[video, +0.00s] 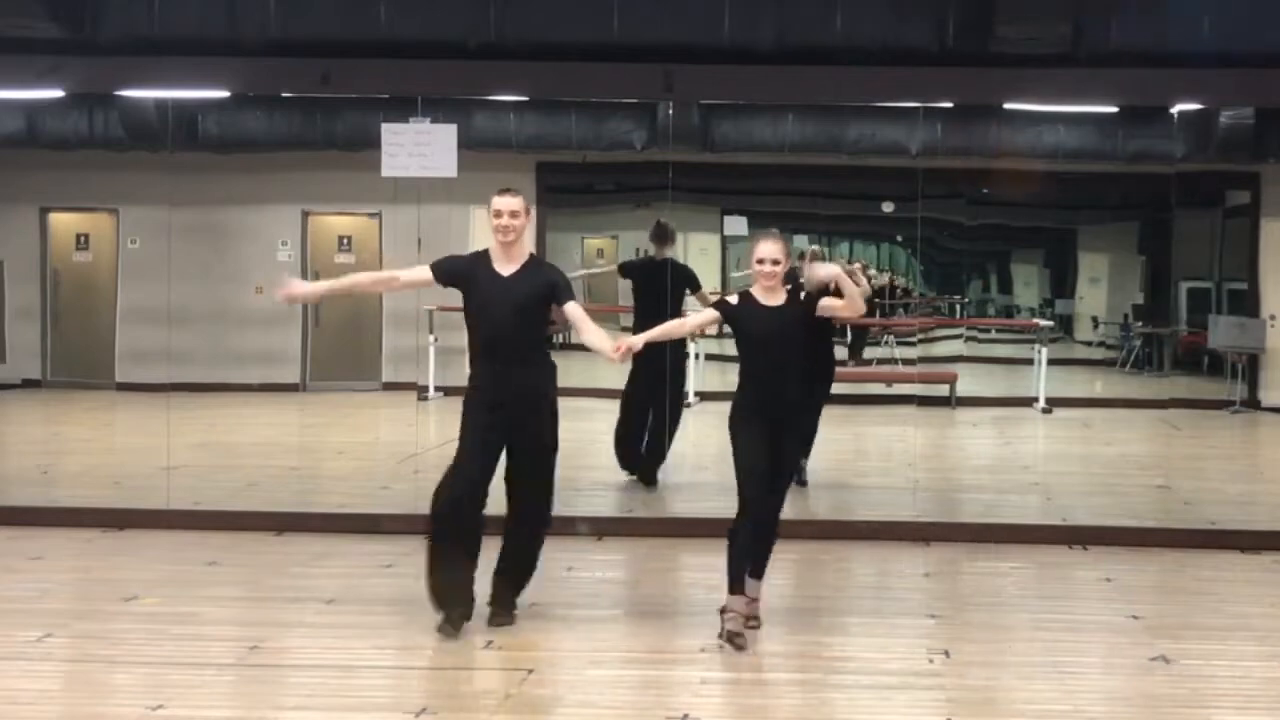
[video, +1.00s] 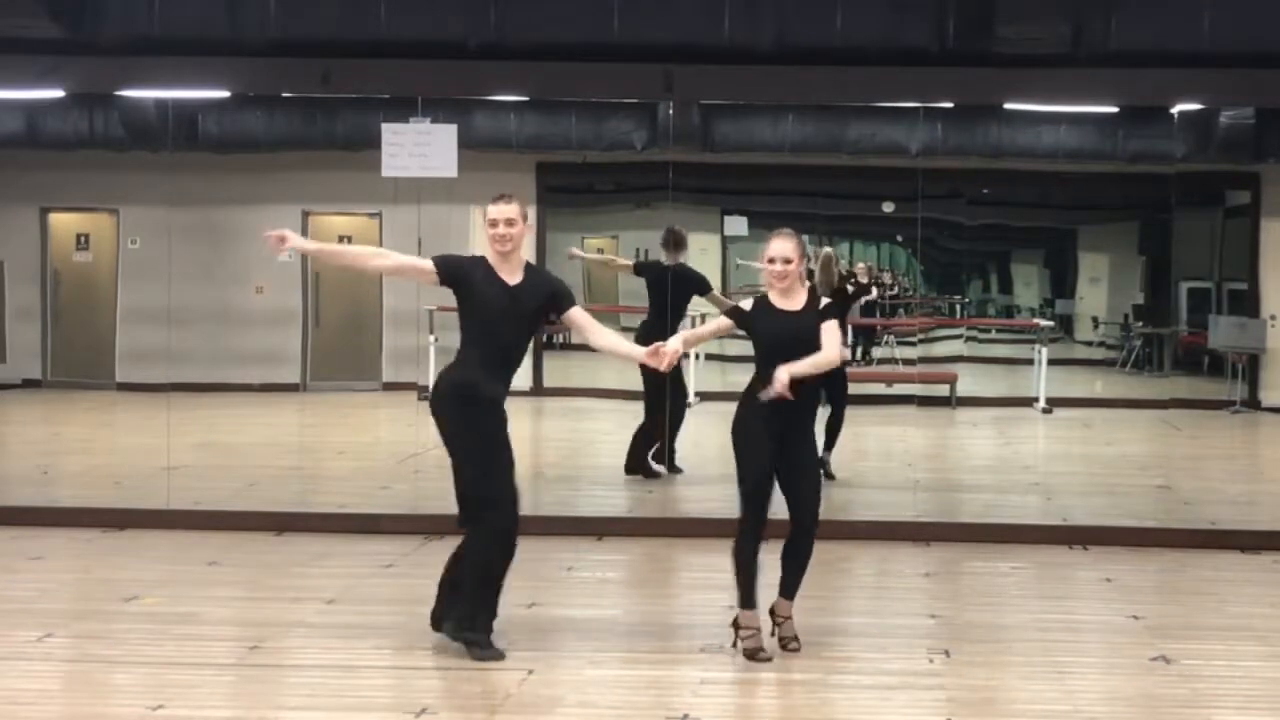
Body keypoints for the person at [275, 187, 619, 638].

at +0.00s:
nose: (505, 222)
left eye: (513, 215)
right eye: (498, 215)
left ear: (528, 220)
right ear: (488, 220)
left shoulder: (547, 276)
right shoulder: (467, 268)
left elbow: (583, 324)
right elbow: (390, 280)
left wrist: (611, 346)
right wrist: (318, 288)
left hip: (535, 406)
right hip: (484, 403)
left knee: (530, 506)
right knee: (459, 496)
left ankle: (505, 599)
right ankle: (454, 606)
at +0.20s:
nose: (497, 217)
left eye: (506, 210)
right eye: (490, 210)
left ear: (521, 216)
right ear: (481, 217)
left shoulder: (542, 267)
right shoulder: (463, 264)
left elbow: (575, 314)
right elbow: (385, 265)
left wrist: (610, 345)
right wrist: (320, 262)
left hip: (522, 393)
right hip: (485, 391)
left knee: (472, 488)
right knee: (511, 495)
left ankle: (438, 584)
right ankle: (479, 610)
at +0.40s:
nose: (496, 202)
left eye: (505, 195)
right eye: (489, 196)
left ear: (520, 203)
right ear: (479, 205)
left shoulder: (540, 259)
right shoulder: (460, 256)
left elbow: (586, 307)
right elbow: (381, 262)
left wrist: (619, 341)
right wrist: (317, 237)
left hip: (521, 397)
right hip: (468, 396)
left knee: (521, 500)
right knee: (470, 507)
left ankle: (537, 610)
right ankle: (488, 617)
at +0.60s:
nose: (492, 204)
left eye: (501, 197)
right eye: (485, 197)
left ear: (516, 204)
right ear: (476, 204)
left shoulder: (531, 261)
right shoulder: (459, 252)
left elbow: (584, 313)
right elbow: (405, 268)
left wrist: (616, 351)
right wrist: (364, 258)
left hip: (512, 385)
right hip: (480, 386)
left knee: (495, 496)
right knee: (475, 500)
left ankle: (526, 608)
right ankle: (507, 613)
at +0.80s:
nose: (498, 216)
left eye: (507, 208)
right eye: (490, 208)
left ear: (520, 215)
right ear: (478, 214)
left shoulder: (531, 274)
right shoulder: (454, 258)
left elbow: (579, 328)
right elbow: (368, 269)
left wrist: (626, 362)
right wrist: (295, 273)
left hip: (515, 399)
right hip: (474, 399)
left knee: (540, 504)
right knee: (512, 506)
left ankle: (520, 615)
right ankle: (480, 616)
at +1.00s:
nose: (502, 231)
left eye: (510, 223)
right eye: (494, 223)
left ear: (526, 229)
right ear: (484, 229)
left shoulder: (545, 286)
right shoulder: (465, 270)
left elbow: (594, 332)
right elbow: (381, 261)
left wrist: (643, 354)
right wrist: (305, 245)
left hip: (486, 404)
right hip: (460, 400)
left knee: (494, 518)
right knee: (498, 518)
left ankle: (451, 610)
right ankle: (471, 626)